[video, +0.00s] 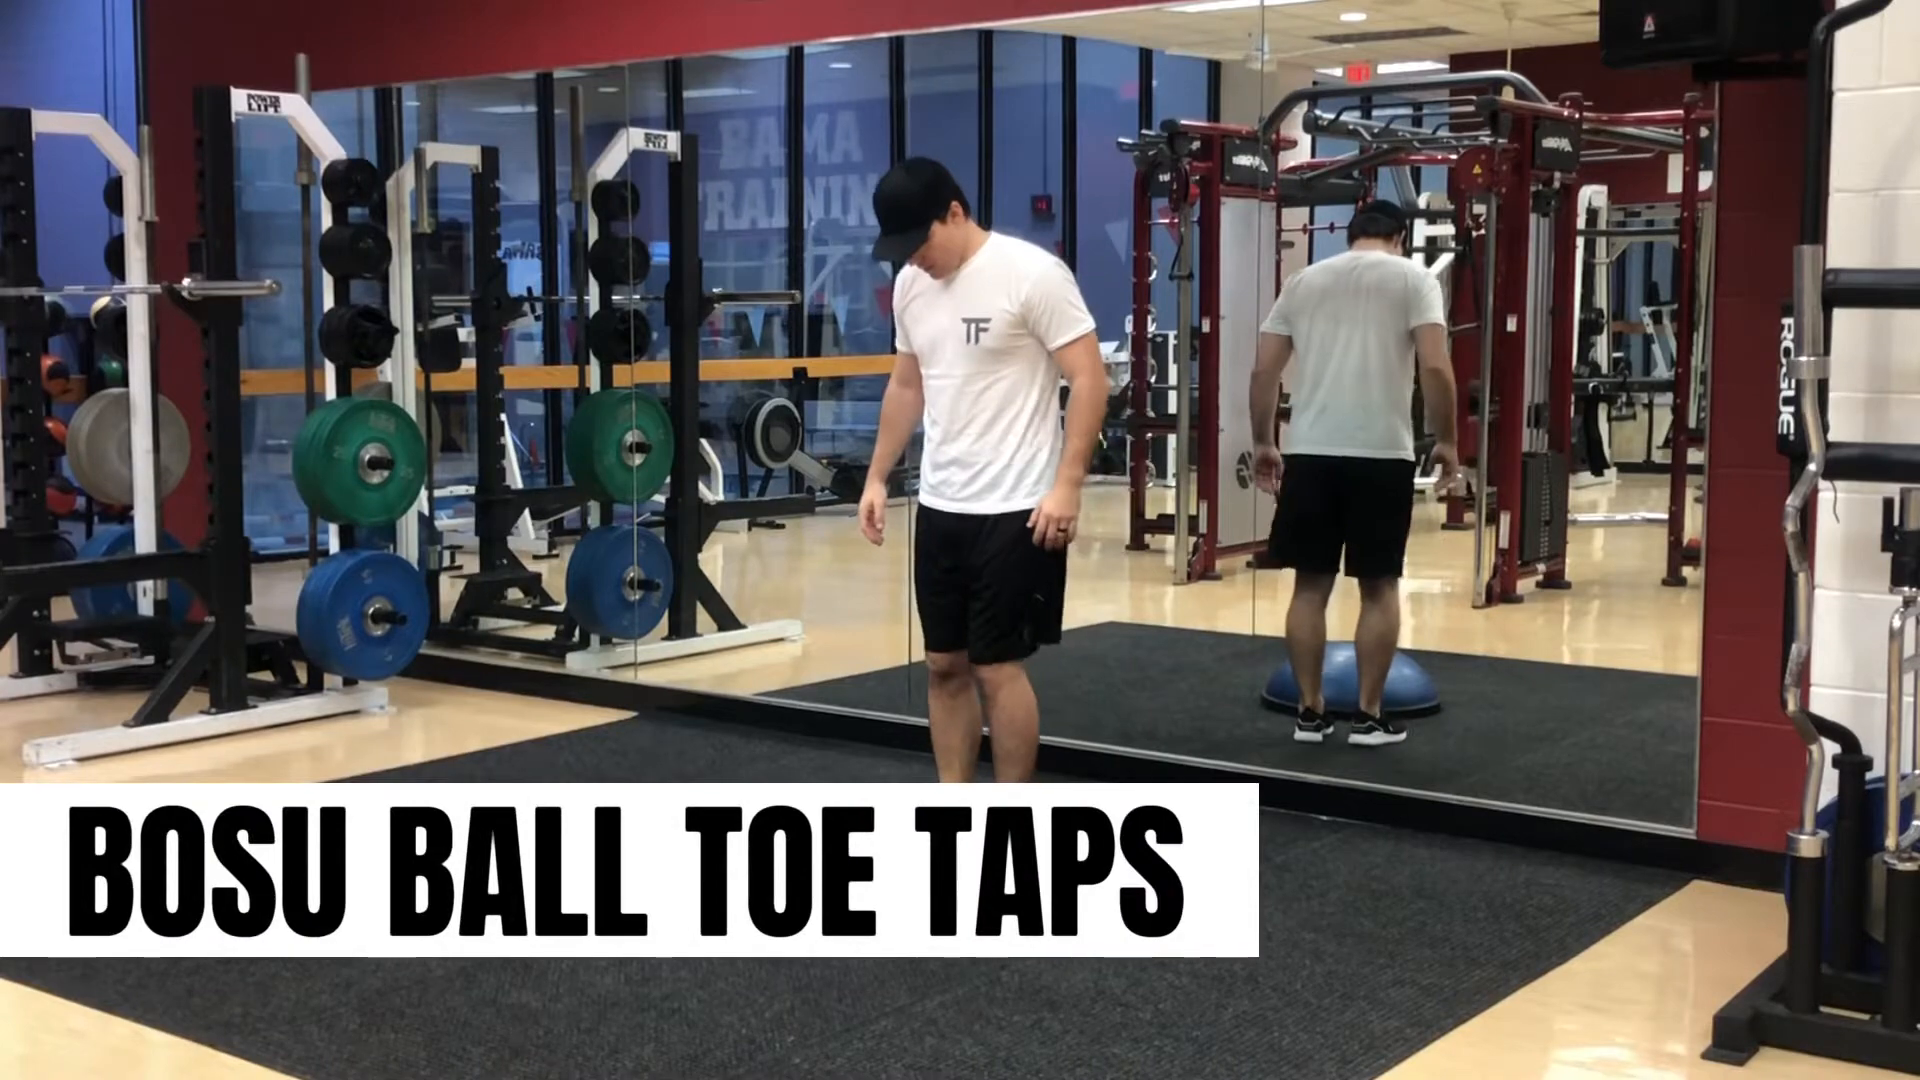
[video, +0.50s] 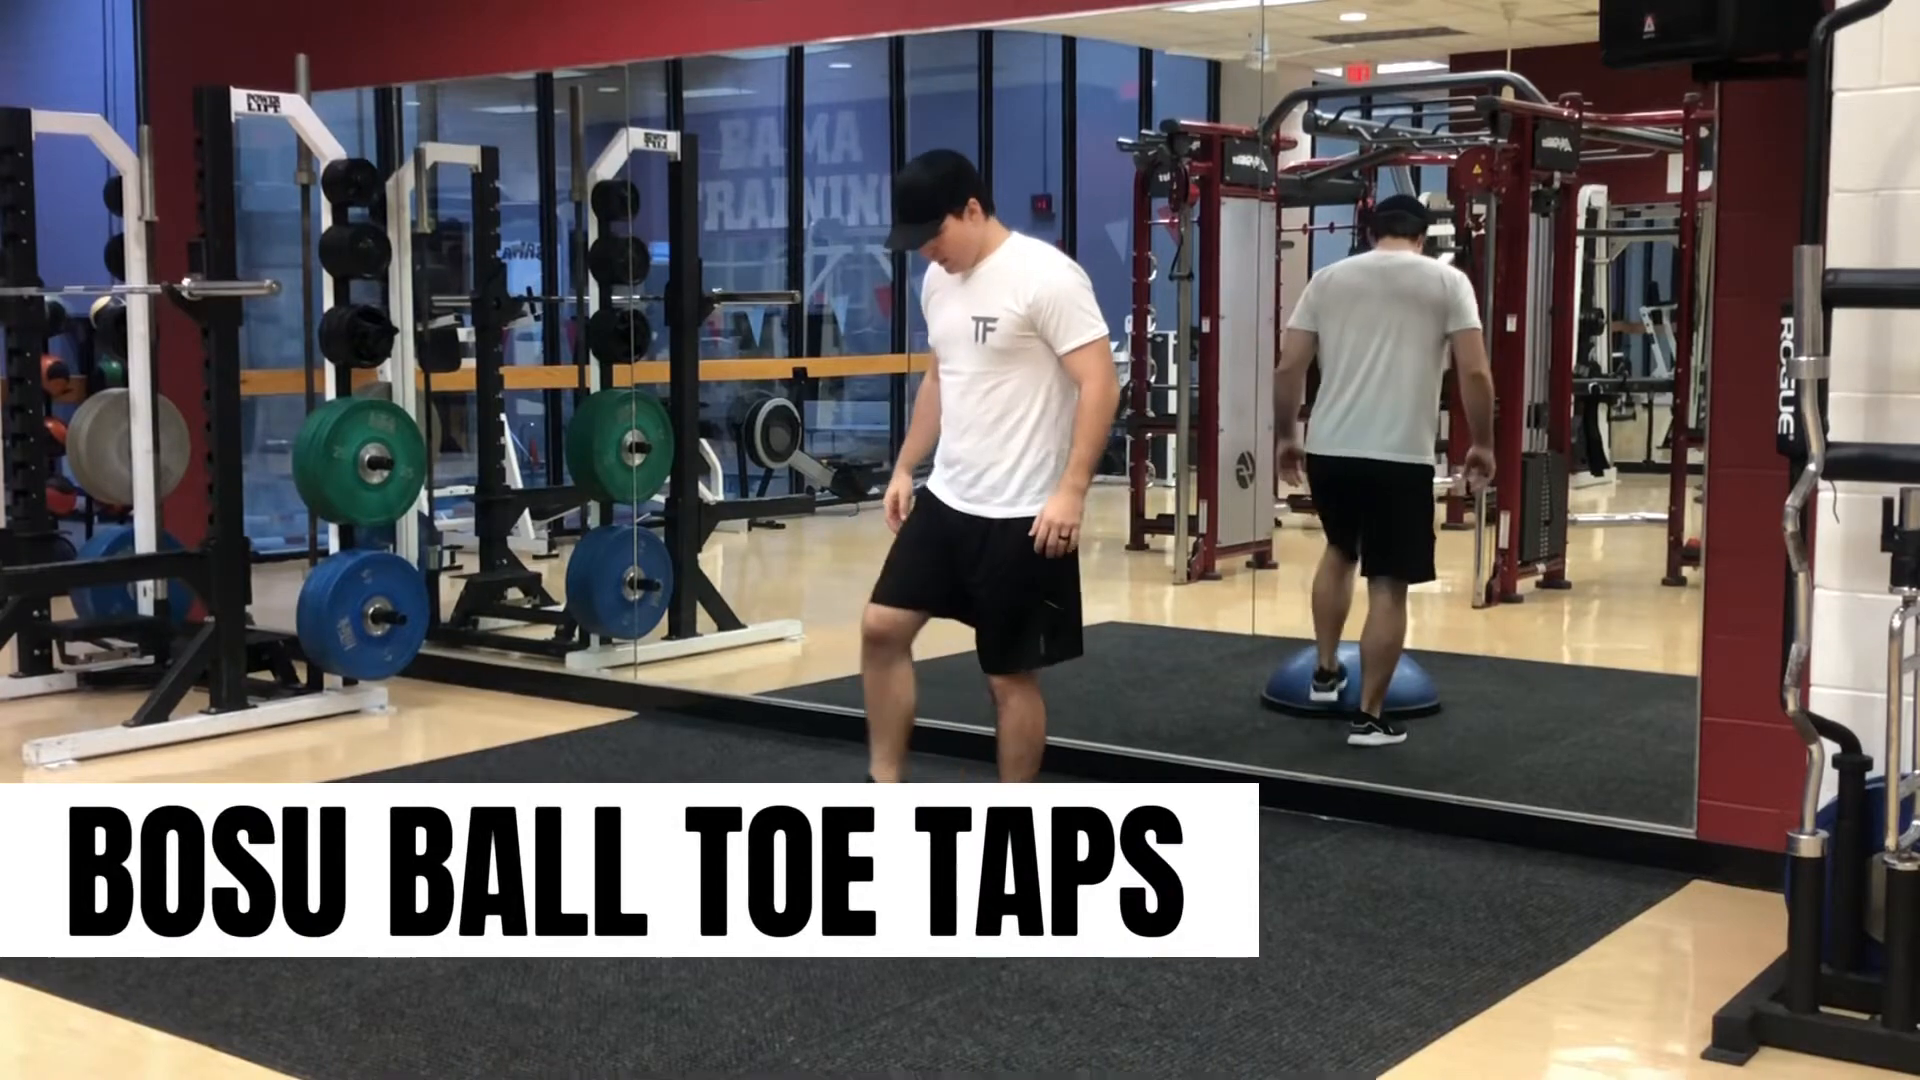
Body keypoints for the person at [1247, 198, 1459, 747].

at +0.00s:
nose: (1404, 252)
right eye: (1405, 245)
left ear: (1350, 237)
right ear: (1397, 240)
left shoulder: (1305, 281)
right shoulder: (1415, 278)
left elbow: (1264, 370)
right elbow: (1435, 367)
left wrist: (1263, 443)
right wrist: (1446, 441)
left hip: (1310, 460)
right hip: (1382, 463)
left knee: (1310, 586)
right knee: (1379, 589)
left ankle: (1310, 713)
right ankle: (1369, 715)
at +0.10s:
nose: (1406, 250)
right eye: (1408, 242)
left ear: (1355, 236)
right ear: (1403, 240)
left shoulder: (1310, 280)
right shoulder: (1422, 278)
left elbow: (1269, 372)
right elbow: (1446, 371)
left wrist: (1265, 443)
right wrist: (1455, 443)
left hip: (1317, 461)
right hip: (1387, 463)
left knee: (1316, 585)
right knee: (1381, 589)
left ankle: (1310, 712)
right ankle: (1369, 717)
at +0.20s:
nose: (1414, 247)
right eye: (1415, 240)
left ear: (1361, 234)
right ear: (1410, 238)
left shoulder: (1315, 282)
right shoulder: (1430, 280)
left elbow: (1277, 372)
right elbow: (1457, 374)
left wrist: (1272, 442)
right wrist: (1467, 443)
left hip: (1324, 461)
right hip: (1394, 464)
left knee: (1324, 582)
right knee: (1384, 589)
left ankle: (1311, 705)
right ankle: (1370, 718)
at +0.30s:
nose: (1414, 245)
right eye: (1417, 238)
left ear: (1365, 236)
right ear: (1415, 238)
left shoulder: (1320, 281)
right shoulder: (1437, 281)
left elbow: (1283, 370)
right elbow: (1465, 374)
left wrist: (1278, 442)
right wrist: (1477, 444)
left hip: (1327, 460)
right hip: (1399, 465)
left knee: (1331, 573)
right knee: (1386, 589)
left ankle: (1313, 694)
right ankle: (1369, 718)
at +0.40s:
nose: (1415, 245)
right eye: (1419, 237)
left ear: (1366, 235)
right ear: (1418, 237)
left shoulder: (1324, 280)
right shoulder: (1443, 280)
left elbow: (1286, 370)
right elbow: (1471, 374)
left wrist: (1283, 439)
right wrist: (1481, 443)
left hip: (1328, 456)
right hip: (1400, 464)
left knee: (1336, 560)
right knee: (1387, 590)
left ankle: (1320, 682)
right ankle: (1370, 717)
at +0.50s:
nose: (1414, 246)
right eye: (1421, 238)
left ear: (1371, 234)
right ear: (1422, 238)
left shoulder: (1328, 278)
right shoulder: (1447, 280)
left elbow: (1289, 367)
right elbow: (1474, 373)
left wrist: (1286, 436)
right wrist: (1482, 443)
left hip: (1329, 452)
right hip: (1402, 460)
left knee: (1339, 550)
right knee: (1388, 589)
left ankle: (1325, 671)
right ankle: (1370, 718)